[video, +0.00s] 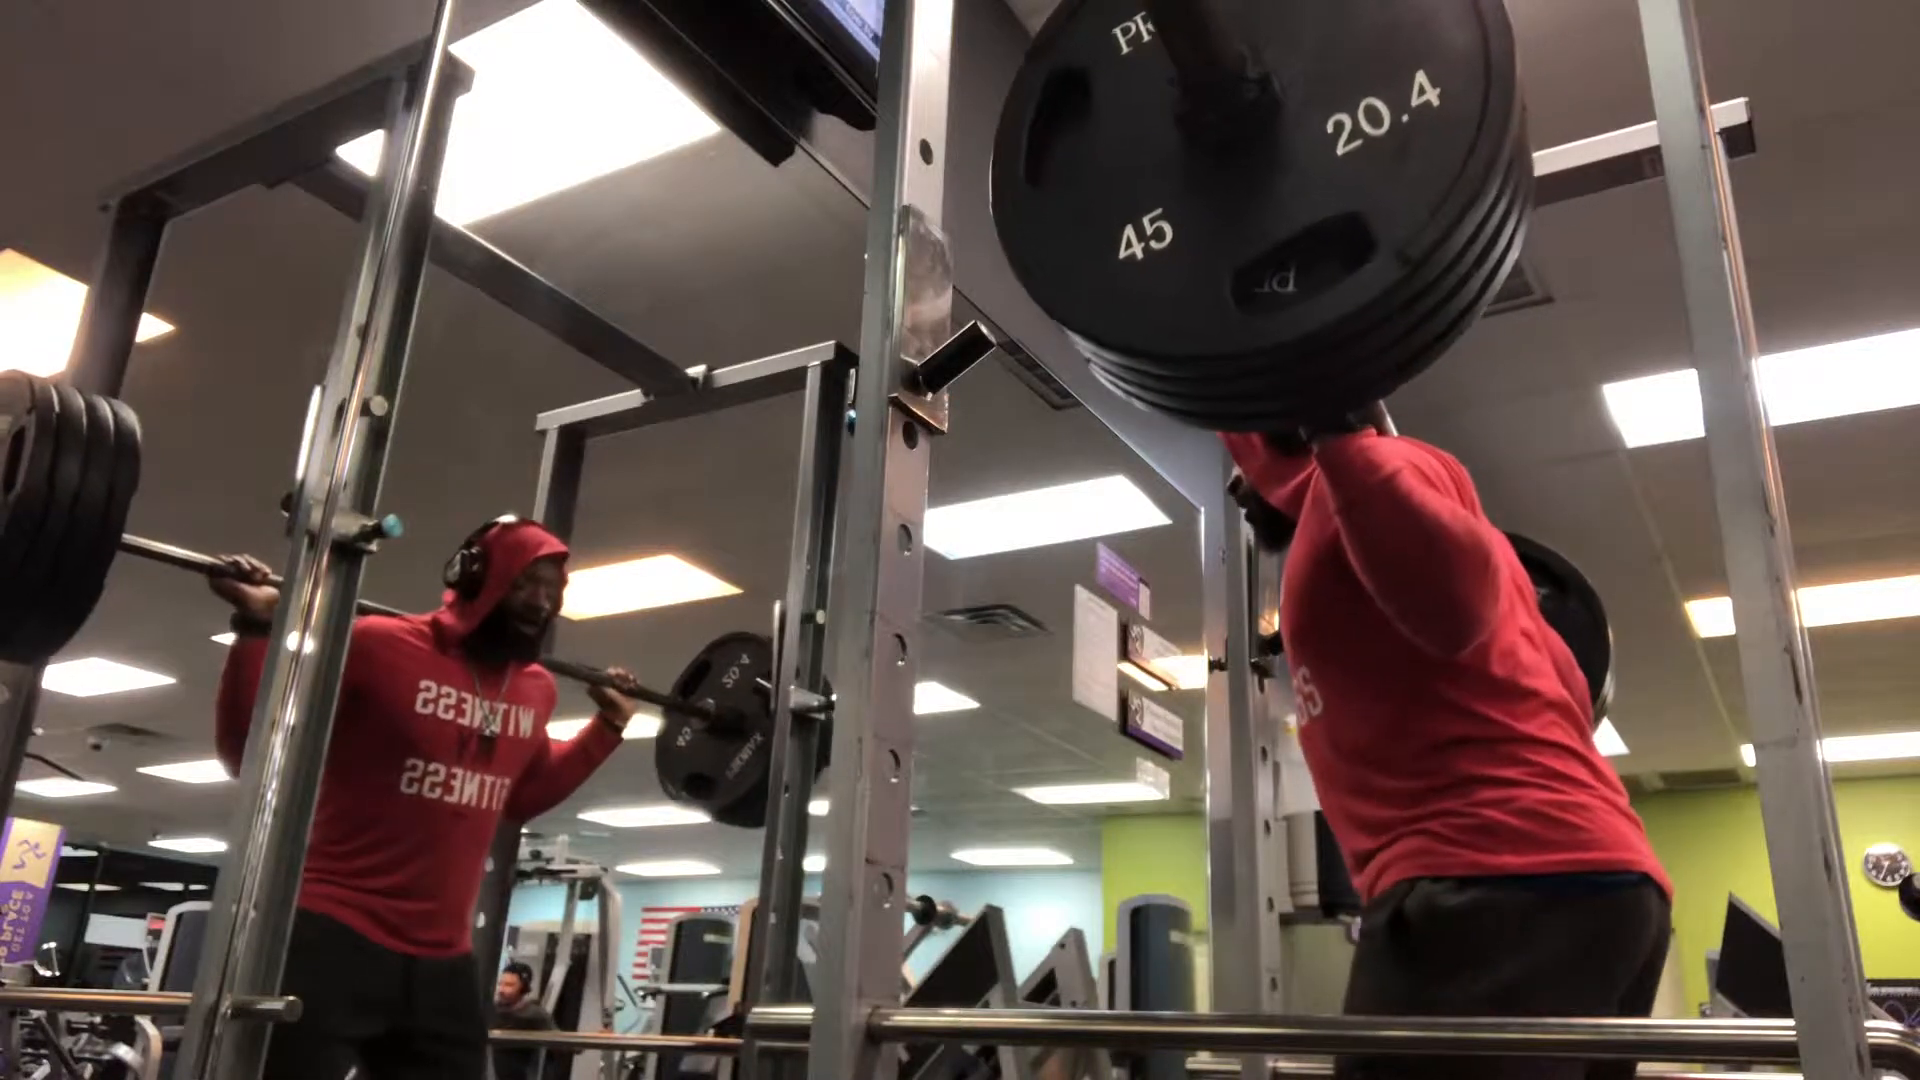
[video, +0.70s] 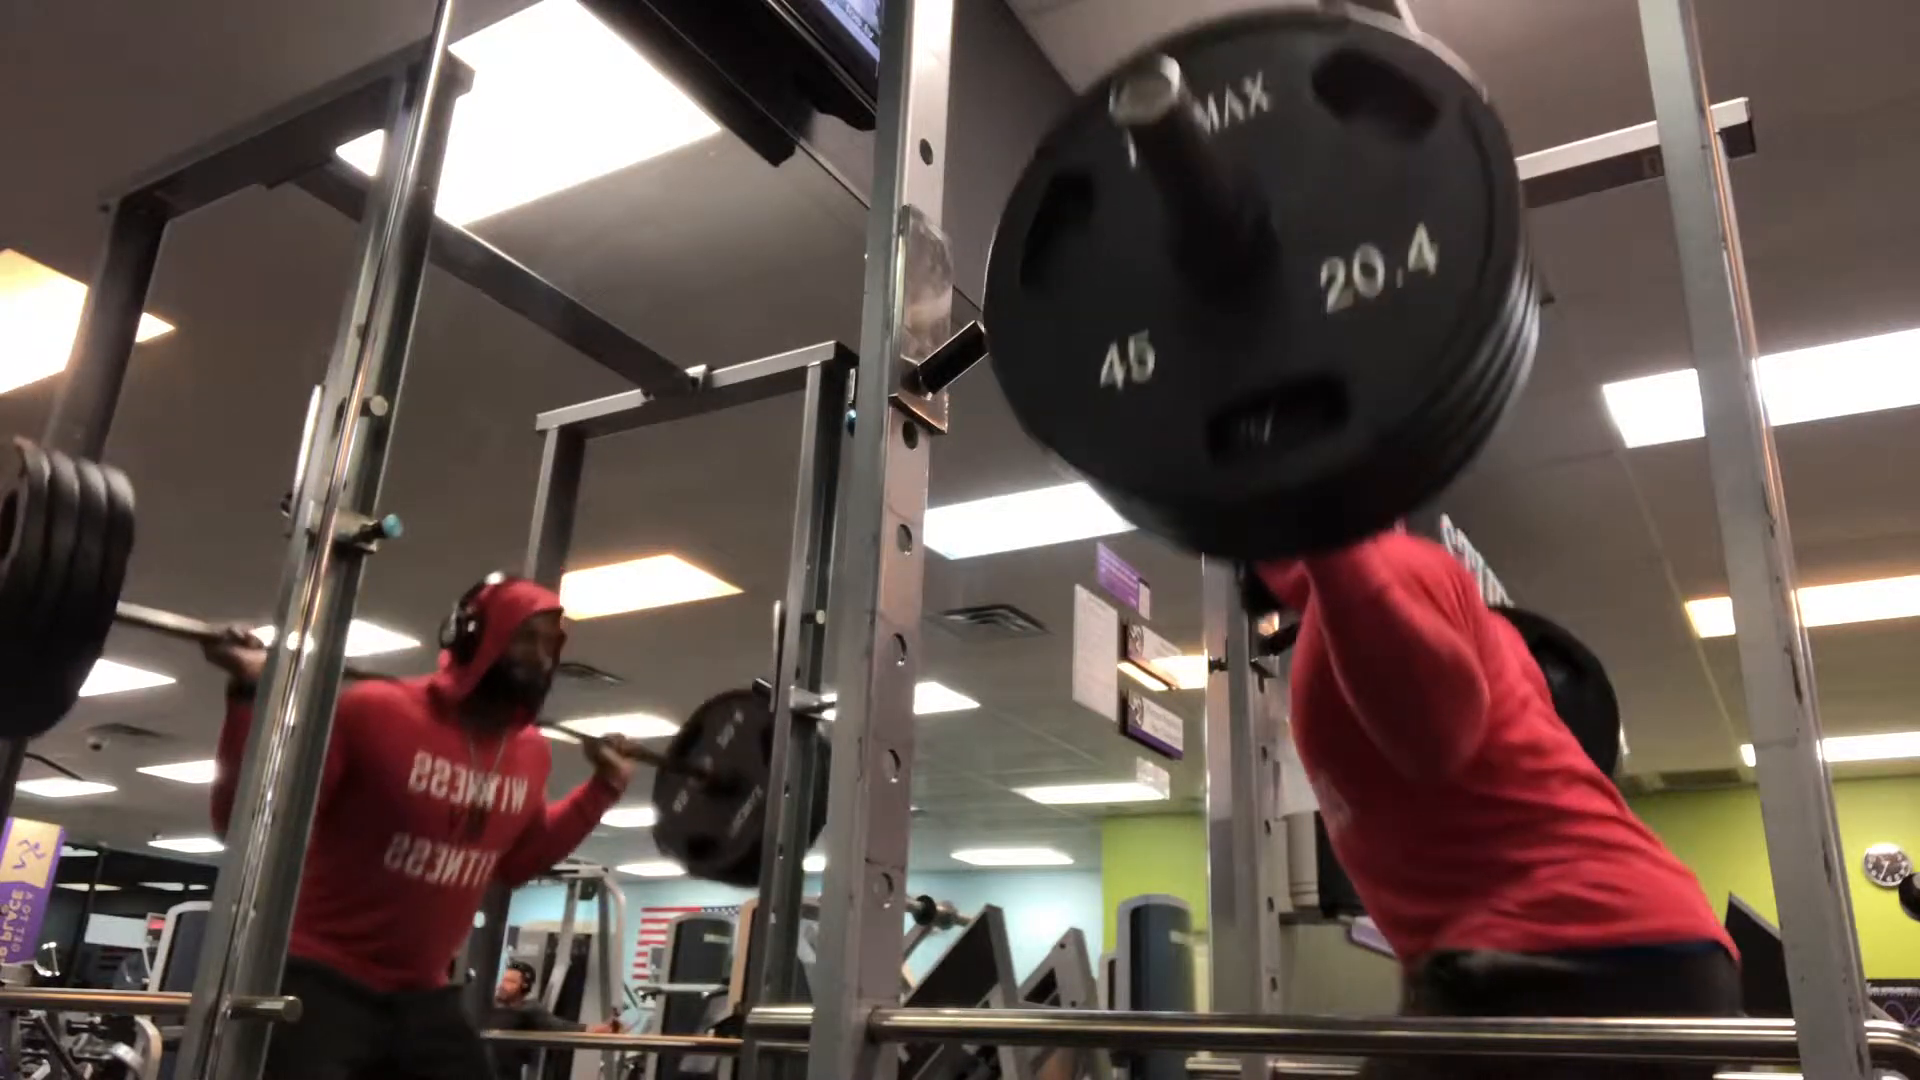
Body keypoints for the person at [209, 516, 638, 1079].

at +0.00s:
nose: (542, 601)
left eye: (553, 588)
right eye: (528, 582)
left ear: (560, 599)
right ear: (482, 578)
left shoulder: (534, 689)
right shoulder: (375, 643)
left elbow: (522, 798)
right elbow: (244, 753)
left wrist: (607, 725)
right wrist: (256, 629)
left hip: (444, 960)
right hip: (332, 934)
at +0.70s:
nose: (546, 661)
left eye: (554, 646)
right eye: (531, 639)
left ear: (557, 656)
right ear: (484, 639)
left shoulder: (530, 753)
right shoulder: (369, 710)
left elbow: (514, 863)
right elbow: (237, 821)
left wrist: (601, 790)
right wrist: (248, 695)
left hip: (426, 999)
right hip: (320, 985)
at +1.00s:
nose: (532, 727)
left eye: (542, 713)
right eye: (516, 707)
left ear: (548, 724)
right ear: (470, 706)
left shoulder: (520, 822)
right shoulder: (359, 783)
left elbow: (505, 929)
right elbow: (227, 899)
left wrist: (594, 858)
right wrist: (242, 772)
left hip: (410, 1051)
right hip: (305, 1040)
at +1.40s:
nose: (520, 805)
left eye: (531, 791)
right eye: (505, 786)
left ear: (540, 801)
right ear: (457, 783)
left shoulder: (512, 892)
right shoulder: (344, 862)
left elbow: (498, 1004)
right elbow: (224, 981)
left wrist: (585, 928)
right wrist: (226, 853)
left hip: (407, 1073)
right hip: (302, 1066)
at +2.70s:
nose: (529, 738)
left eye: (540, 722)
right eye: (513, 716)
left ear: (547, 734)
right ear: (467, 718)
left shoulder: (523, 829)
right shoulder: (358, 795)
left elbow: (511, 932)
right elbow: (223, 918)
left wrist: (601, 862)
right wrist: (242, 778)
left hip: (417, 1049)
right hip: (314, 1037)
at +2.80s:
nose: (532, 699)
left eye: (544, 686)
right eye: (516, 680)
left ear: (553, 699)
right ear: (471, 681)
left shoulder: (528, 795)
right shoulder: (365, 759)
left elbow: (515, 904)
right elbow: (233, 869)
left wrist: (606, 832)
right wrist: (247, 747)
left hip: (427, 1028)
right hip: (321, 1017)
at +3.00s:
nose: (548, 619)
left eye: (555, 604)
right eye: (530, 601)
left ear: (559, 616)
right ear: (482, 604)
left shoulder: (539, 717)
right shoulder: (374, 683)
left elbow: (528, 829)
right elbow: (250, 796)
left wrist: (612, 760)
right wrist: (261, 659)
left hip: (437, 963)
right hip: (333, 952)